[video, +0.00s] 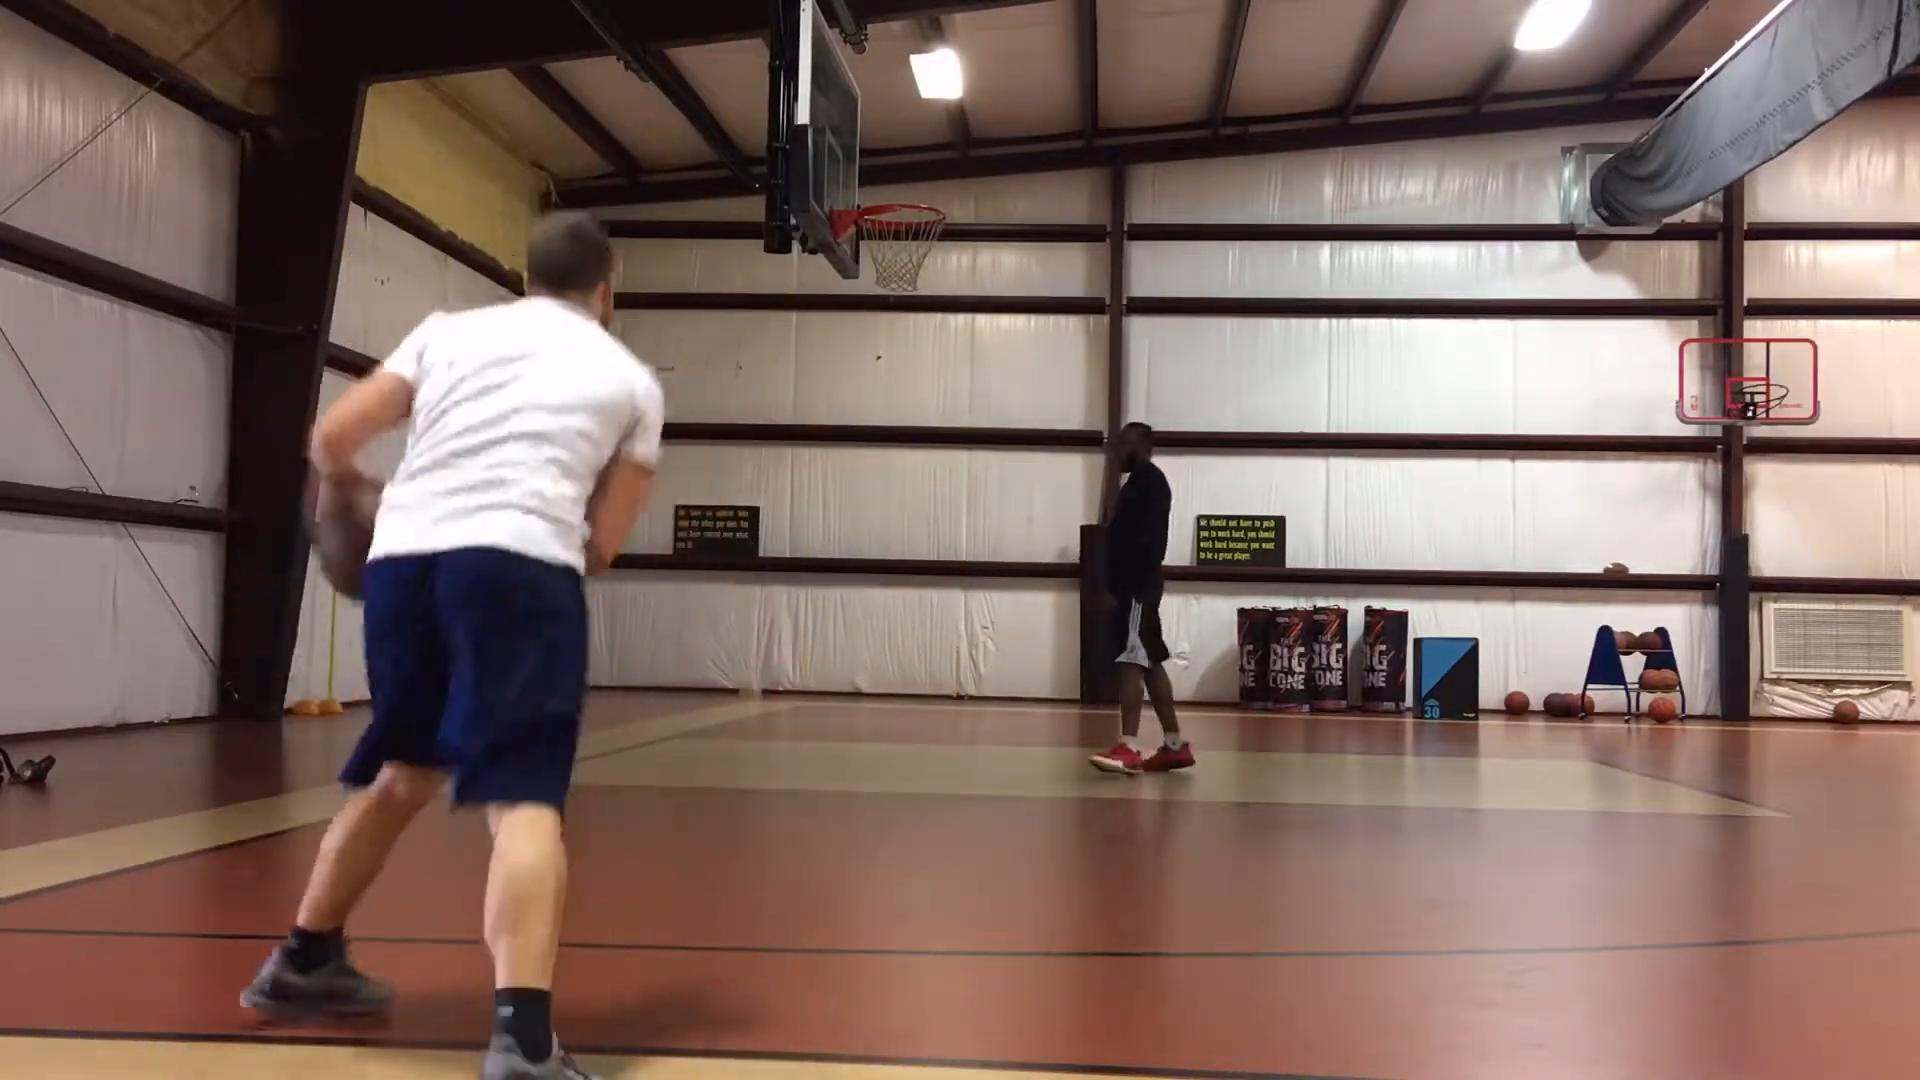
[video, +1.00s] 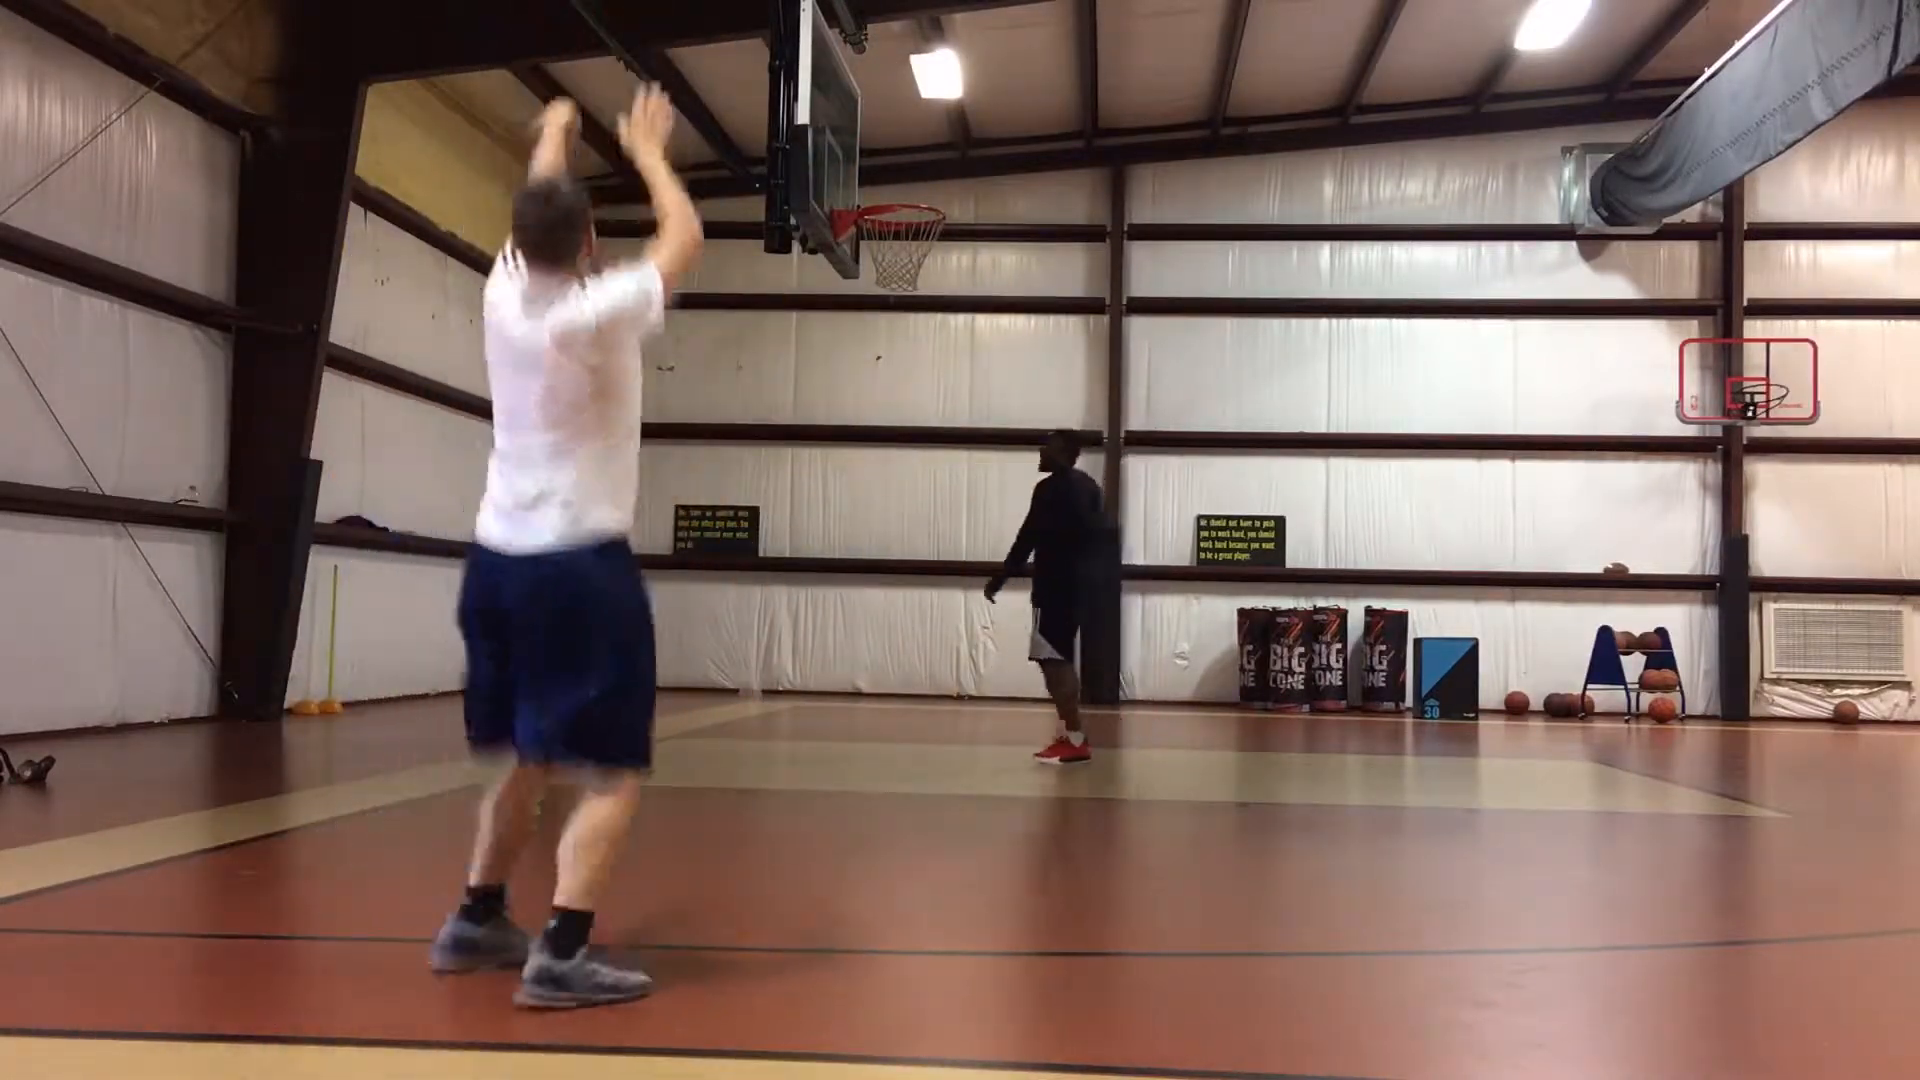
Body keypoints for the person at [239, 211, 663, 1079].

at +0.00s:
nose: (616, 302)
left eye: (608, 292)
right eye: (618, 292)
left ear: (528, 279)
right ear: (606, 291)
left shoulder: (447, 330)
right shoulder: (631, 380)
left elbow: (333, 435)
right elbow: (603, 543)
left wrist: (349, 491)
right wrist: (526, 534)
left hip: (402, 563)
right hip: (519, 570)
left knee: (403, 767)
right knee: (527, 798)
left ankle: (305, 957)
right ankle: (523, 1040)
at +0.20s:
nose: (587, 364)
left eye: (583, 356)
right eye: (588, 355)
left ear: (502, 345)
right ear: (576, 356)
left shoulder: (432, 393)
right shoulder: (589, 413)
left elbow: (376, 498)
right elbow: (583, 571)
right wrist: (575, 634)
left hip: (341, 571)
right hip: (463, 579)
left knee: (399, 770)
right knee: (551, 784)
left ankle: (295, 964)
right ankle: (521, 943)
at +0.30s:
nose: (577, 352)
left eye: (573, 342)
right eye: (577, 342)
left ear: (491, 343)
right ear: (565, 346)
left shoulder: (440, 400)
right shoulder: (576, 412)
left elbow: (426, 514)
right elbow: (614, 574)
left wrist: (549, 541)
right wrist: (639, 568)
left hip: (341, 601)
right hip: (458, 604)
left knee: (420, 790)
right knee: (538, 790)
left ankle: (302, 964)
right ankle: (487, 982)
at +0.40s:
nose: (565, 318)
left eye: (559, 306)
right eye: (564, 307)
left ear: (481, 312)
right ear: (553, 314)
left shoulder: (440, 372)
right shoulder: (564, 382)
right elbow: (657, 475)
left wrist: (553, 361)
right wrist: (667, 375)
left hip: (361, 613)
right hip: (466, 616)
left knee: (417, 814)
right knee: (539, 813)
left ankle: (309, 960)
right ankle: (483, 978)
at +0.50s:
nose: (568, 228)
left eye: (561, 218)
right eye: (563, 213)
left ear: (480, 219)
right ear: (553, 223)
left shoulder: (450, 285)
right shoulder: (559, 294)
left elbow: (509, 236)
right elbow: (676, 286)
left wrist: (552, 168)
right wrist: (631, 188)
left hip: (399, 545)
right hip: (499, 545)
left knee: (399, 761)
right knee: (540, 760)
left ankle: (315, 947)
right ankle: (495, 957)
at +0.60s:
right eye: (556, 118)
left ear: (485, 137)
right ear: (556, 133)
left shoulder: (468, 196)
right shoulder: (572, 197)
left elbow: (515, 128)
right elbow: (657, 111)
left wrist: (544, 49)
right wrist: (648, 26)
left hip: (437, 448)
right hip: (534, 452)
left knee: (410, 670)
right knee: (542, 674)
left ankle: (352, 874)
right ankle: (537, 874)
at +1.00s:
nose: (598, 234)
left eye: (572, 225)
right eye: (593, 225)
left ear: (523, 237)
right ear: (590, 237)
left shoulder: (504, 296)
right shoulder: (609, 307)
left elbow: (531, 213)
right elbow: (682, 233)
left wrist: (551, 145)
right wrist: (651, 153)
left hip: (499, 563)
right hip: (585, 568)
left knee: (524, 757)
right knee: (616, 773)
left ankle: (477, 917)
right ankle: (560, 955)